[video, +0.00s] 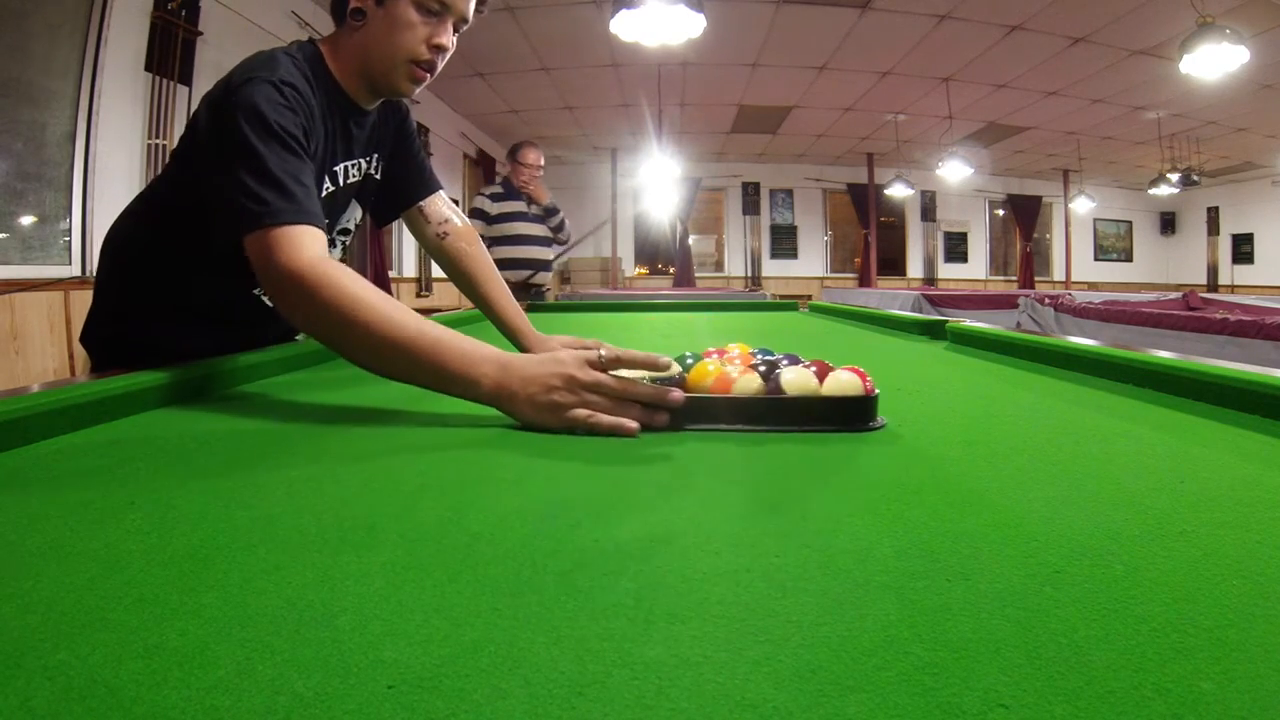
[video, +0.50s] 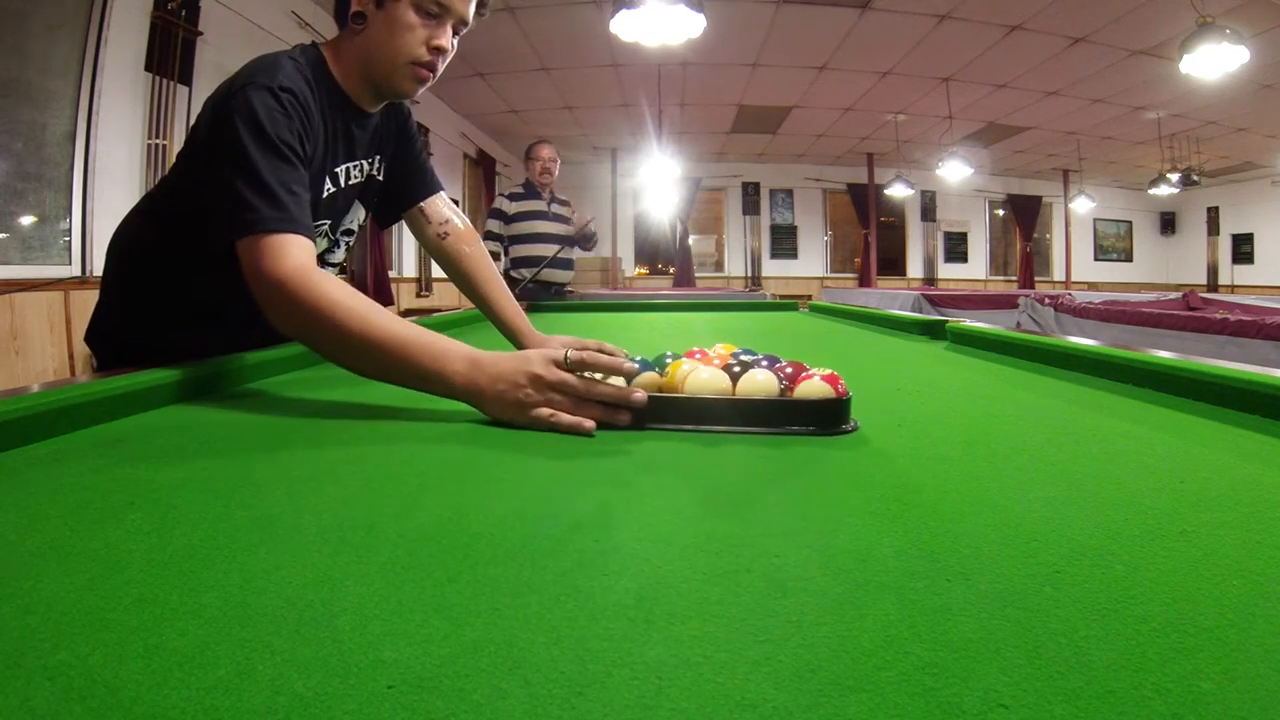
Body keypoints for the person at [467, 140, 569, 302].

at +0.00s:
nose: (536, 174)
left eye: (540, 168)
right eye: (529, 167)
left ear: (543, 169)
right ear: (511, 164)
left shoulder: (541, 199)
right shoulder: (489, 196)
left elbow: (564, 239)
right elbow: (472, 241)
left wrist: (547, 203)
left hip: (537, 293)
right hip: (502, 291)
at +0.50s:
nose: (546, 166)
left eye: (552, 161)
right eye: (539, 160)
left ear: (558, 167)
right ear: (527, 165)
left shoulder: (565, 206)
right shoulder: (508, 200)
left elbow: (587, 246)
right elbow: (491, 246)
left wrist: (586, 233)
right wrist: (495, 286)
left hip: (559, 294)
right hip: (522, 292)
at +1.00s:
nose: (542, 158)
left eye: (548, 153)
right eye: (534, 154)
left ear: (556, 160)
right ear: (524, 163)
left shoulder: (575, 199)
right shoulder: (506, 203)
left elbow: (595, 234)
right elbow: (491, 248)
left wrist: (609, 263)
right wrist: (496, 284)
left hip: (569, 296)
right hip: (527, 298)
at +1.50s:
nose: (565, 155)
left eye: (572, 151)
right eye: (558, 151)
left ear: (582, 162)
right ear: (549, 162)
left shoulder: (601, 202)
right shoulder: (529, 201)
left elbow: (616, 242)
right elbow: (514, 244)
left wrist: (632, 279)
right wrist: (516, 284)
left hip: (589, 297)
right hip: (544, 298)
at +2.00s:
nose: (609, 154)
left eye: (617, 150)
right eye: (602, 149)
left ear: (625, 157)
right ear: (593, 157)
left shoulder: (638, 203)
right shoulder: (569, 198)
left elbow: (649, 246)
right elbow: (551, 242)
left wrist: (649, 285)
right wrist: (549, 284)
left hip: (619, 300)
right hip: (574, 298)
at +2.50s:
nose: (588, 157)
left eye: (596, 151)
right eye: (586, 152)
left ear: (616, 158)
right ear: (583, 155)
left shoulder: (634, 200)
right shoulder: (565, 197)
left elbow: (644, 243)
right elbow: (546, 241)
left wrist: (648, 286)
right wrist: (546, 284)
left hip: (615, 298)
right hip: (570, 297)